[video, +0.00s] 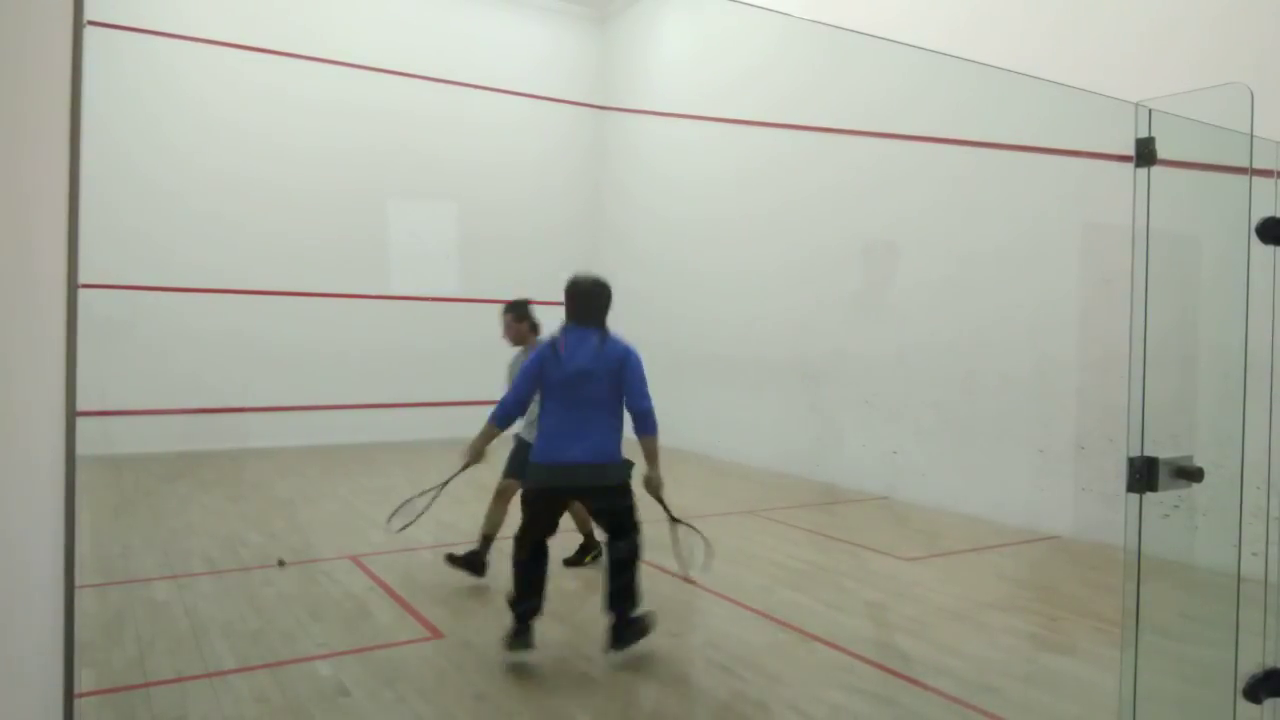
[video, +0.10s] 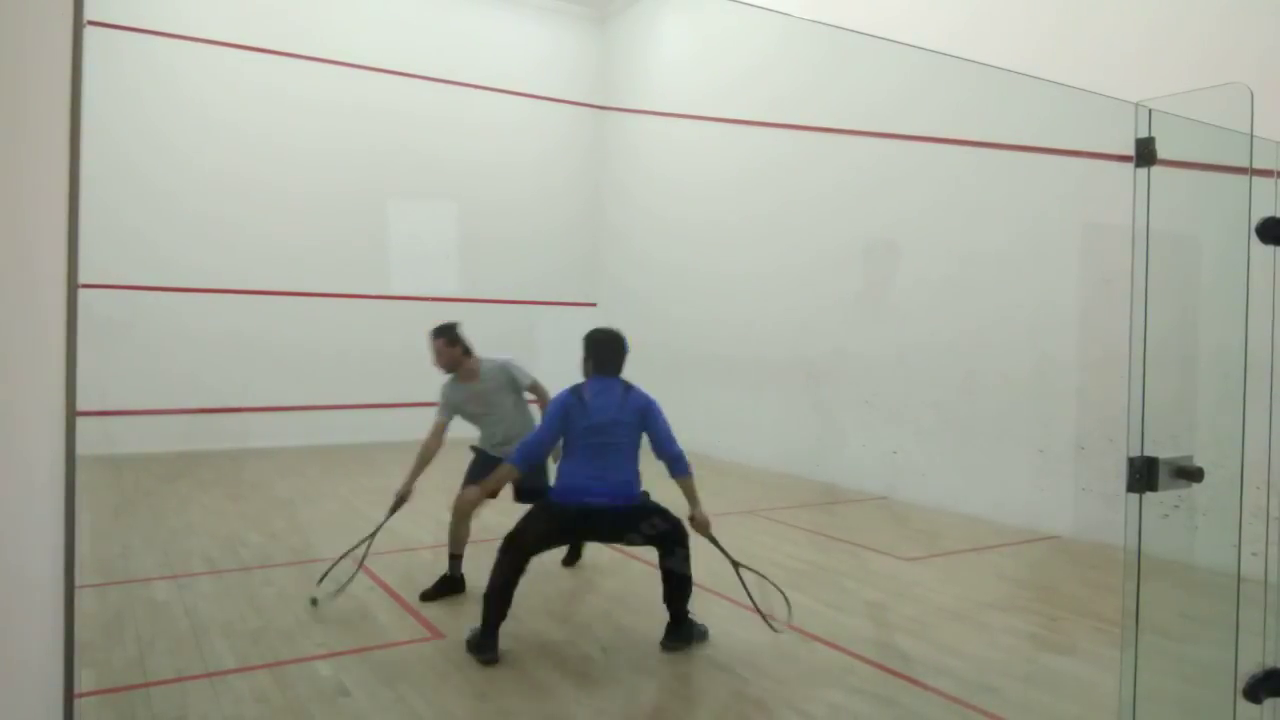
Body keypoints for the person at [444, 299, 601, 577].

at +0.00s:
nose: (505, 332)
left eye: (509, 325)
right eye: (504, 325)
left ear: (527, 325)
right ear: (520, 327)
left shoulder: (549, 355)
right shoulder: (517, 361)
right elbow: (514, 404)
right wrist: (489, 436)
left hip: (556, 442)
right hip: (528, 440)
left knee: (570, 494)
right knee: (503, 492)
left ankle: (590, 542)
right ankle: (480, 554)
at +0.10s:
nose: (436, 360)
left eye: (440, 352)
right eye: (434, 353)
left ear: (458, 349)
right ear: (448, 352)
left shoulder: (503, 370)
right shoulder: (451, 392)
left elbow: (542, 395)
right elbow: (434, 440)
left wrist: (550, 440)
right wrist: (408, 485)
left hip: (527, 447)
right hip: (490, 451)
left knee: (541, 503)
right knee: (463, 505)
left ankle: (573, 531)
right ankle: (454, 575)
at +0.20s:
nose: (409, 352)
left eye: (412, 344)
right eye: (405, 347)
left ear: (430, 334)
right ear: (405, 345)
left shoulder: (473, 358)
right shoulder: (414, 375)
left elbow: (509, 384)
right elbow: (397, 412)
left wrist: (517, 429)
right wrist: (374, 444)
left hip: (494, 439)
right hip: (455, 442)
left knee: (495, 506)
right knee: (448, 504)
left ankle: (528, 495)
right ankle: (451, 574)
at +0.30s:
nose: (414, 335)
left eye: (417, 328)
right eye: (408, 331)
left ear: (433, 318)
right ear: (403, 330)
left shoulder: (470, 347)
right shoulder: (407, 362)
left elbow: (497, 380)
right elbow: (394, 408)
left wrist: (502, 427)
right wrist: (376, 445)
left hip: (476, 432)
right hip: (437, 437)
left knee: (471, 496)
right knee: (436, 506)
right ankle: (447, 570)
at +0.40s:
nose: (420, 331)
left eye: (425, 323)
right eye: (413, 326)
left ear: (437, 316)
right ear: (405, 326)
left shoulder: (469, 349)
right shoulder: (404, 362)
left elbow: (494, 382)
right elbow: (399, 413)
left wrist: (502, 428)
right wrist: (388, 462)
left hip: (468, 435)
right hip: (429, 441)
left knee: (461, 494)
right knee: (431, 512)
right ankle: (444, 569)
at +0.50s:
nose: (405, 357)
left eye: (409, 348)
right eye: (397, 353)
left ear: (420, 342)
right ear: (391, 355)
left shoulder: (458, 372)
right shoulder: (397, 385)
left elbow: (493, 408)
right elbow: (403, 435)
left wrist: (501, 455)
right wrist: (405, 487)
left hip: (466, 463)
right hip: (430, 466)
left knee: (454, 538)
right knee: (432, 530)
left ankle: (451, 628)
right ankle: (449, 573)